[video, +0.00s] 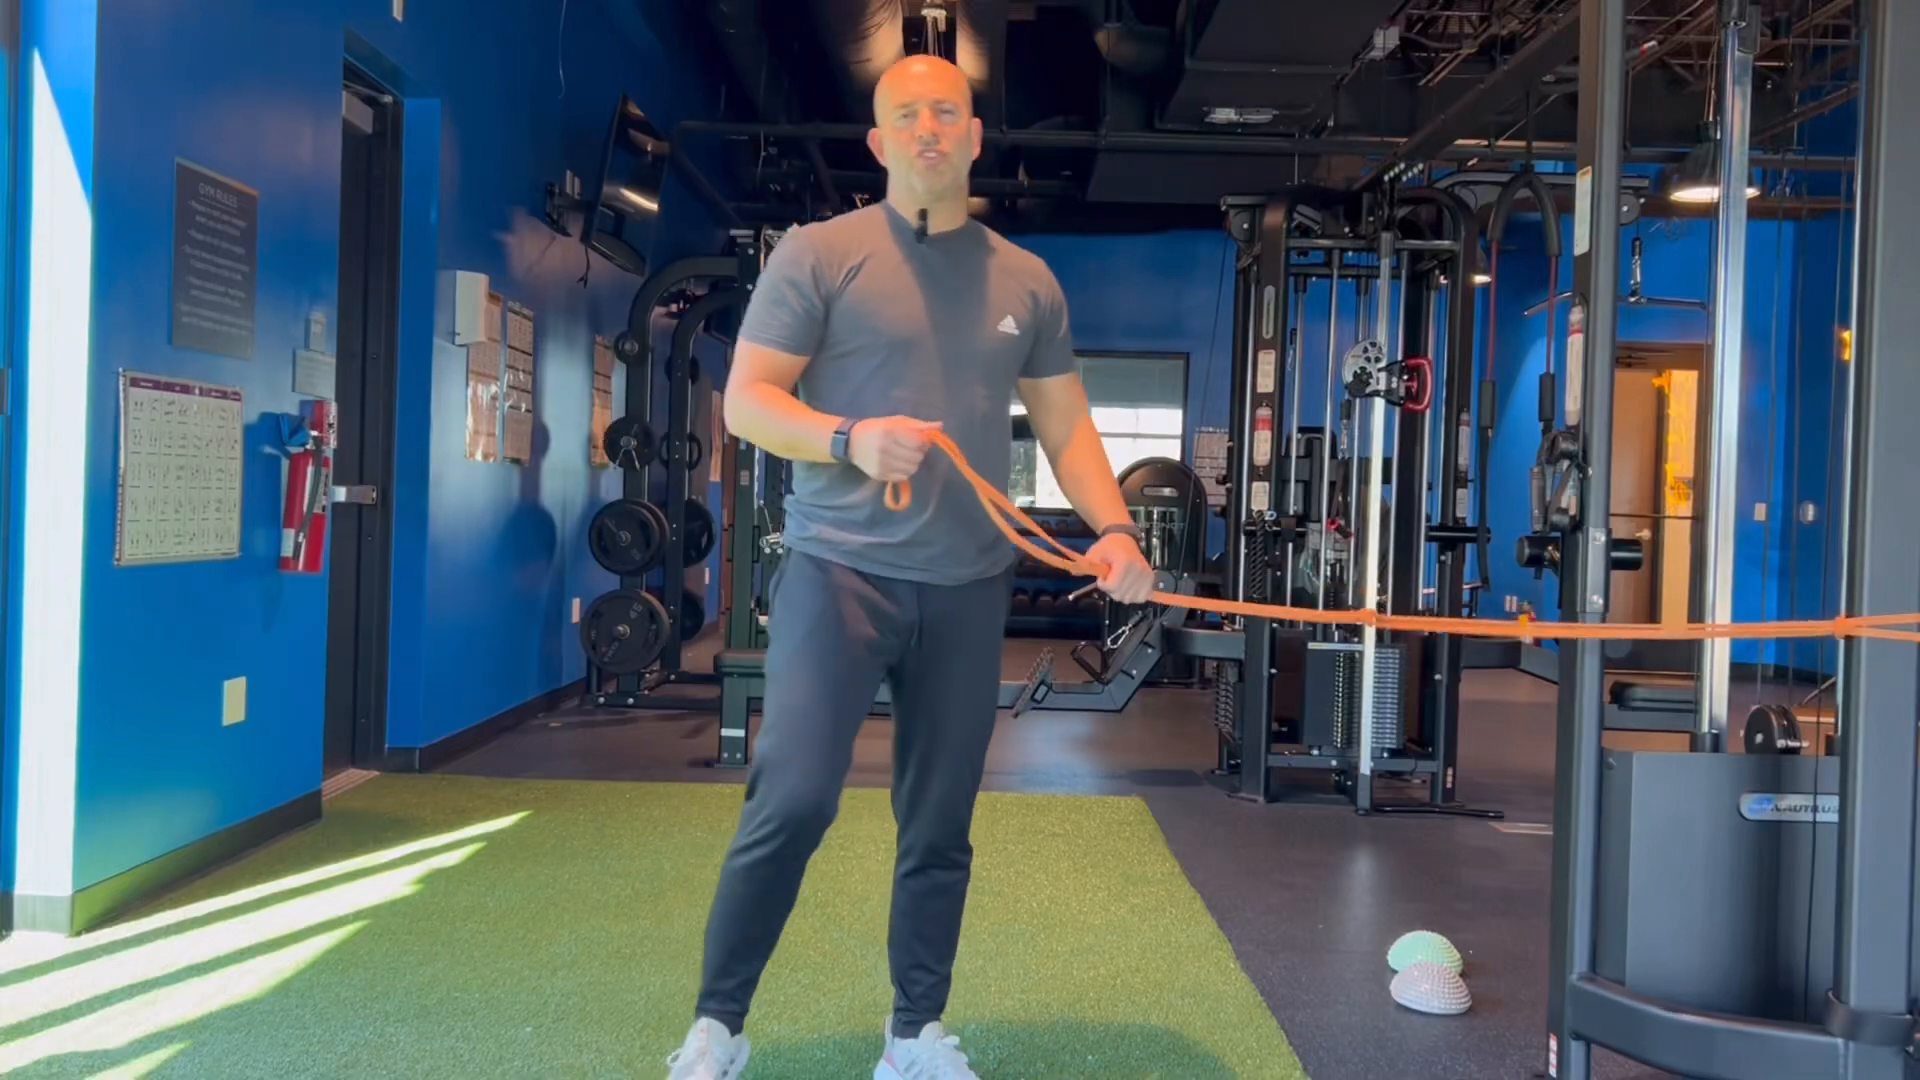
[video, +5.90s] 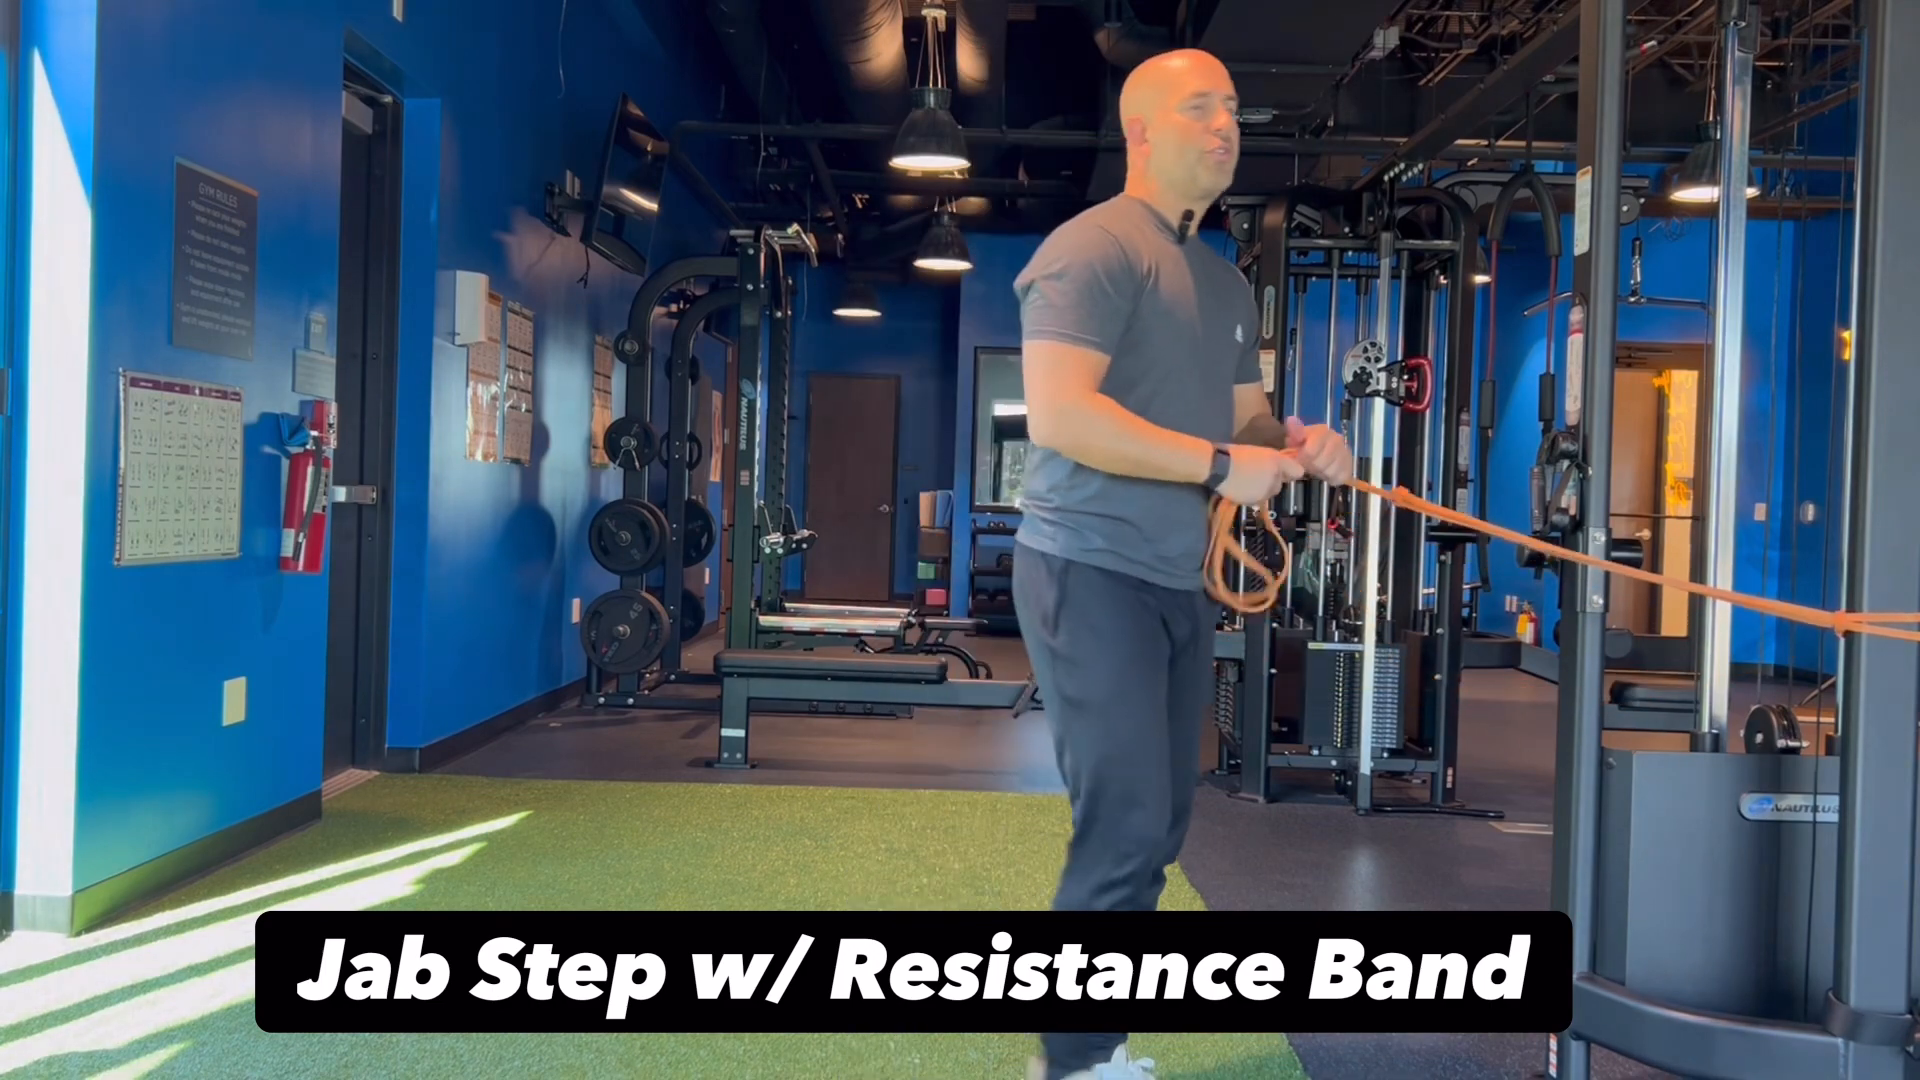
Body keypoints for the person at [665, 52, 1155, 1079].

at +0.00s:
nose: (930, 126)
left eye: (948, 110)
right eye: (910, 112)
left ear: (977, 134)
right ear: (876, 141)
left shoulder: (1027, 282)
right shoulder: (815, 257)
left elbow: (1067, 427)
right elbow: (746, 401)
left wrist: (1115, 528)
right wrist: (849, 437)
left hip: (966, 584)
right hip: (835, 571)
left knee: (939, 823)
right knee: (794, 799)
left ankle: (915, 1032)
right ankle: (718, 1025)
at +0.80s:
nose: (983, 106)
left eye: (996, 87)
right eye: (955, 94)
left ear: (1024, 112)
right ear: (918, 128)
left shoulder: (1079, 262)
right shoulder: (871, 254)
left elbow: (1110, 420)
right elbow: (815, 411)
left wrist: (1152, 534)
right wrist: (971, 408)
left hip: (1060, 587)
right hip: (924, 586)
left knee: (1106, 814)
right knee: (896, 849)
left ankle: (1067, 1026)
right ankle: (877, 1061)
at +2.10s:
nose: (944, 139)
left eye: (959, 121)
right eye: (923, 127)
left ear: (991, 143)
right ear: (894, 157)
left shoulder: (1064, 276)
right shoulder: (843, 282)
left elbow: (1120, 412)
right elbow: (791, 413)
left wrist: (1149, 474)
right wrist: (806, 449)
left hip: (1026, 587)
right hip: (887, 587)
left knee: (1044, 823)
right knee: (883, 823)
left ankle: (1069, 1042)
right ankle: (885, 1023)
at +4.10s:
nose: (1086, 176)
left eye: (1092, 156)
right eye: (1070, 155)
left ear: (1070, 161)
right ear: (1002, 153)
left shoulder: (1110, 281)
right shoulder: (901, 273)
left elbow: (1203, 401)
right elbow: (821, 415)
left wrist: (1226, 356)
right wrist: (880, 451)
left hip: (1077, 592)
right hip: (945, 591)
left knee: (1084, 835)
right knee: (911, 835)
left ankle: (1071, 1049)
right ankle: (884, 1037)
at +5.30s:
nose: (1072, 119)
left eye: (1074, 104)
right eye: (1047, 101)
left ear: (1073, 130)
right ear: (981, 124)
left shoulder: (1087, 273)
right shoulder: (908, 262)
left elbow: (1134, 412)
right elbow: (878, 427)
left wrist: (1199, 475)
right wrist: (1041, 459)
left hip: (1072, 590)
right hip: (948, 591)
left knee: (1096, 834)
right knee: (907, 838)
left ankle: (1089, 1052)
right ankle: (872, 1054)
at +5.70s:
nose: (1176, 128)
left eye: (1186, 113)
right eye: (1150, 109)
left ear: (1195, 141)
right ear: (1092, 132)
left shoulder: (1196, 287)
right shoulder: (1043, 255)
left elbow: (1211, 425)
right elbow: (1036, 422)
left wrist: (1253, 444)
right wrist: (1199, 474)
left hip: (1155, 587)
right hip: (1047, 572)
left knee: (1135, 828)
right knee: (1058, 809)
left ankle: (1090, 1050)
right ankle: (912, 1009)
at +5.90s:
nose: (1230, 125)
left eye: (1235, 110)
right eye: (1205, 107)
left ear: (1234, 136)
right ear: (1142, 129)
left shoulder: (1227, 281)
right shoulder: (1090, 245)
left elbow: (1240, 422)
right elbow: (1058, 415)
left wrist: (1296, 439)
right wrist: (1220, 462)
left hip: (1181, 582)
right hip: (1088, 570)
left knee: (1155, 823)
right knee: (1128, 822)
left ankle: (1091, 1039)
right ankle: (1074, 1053)